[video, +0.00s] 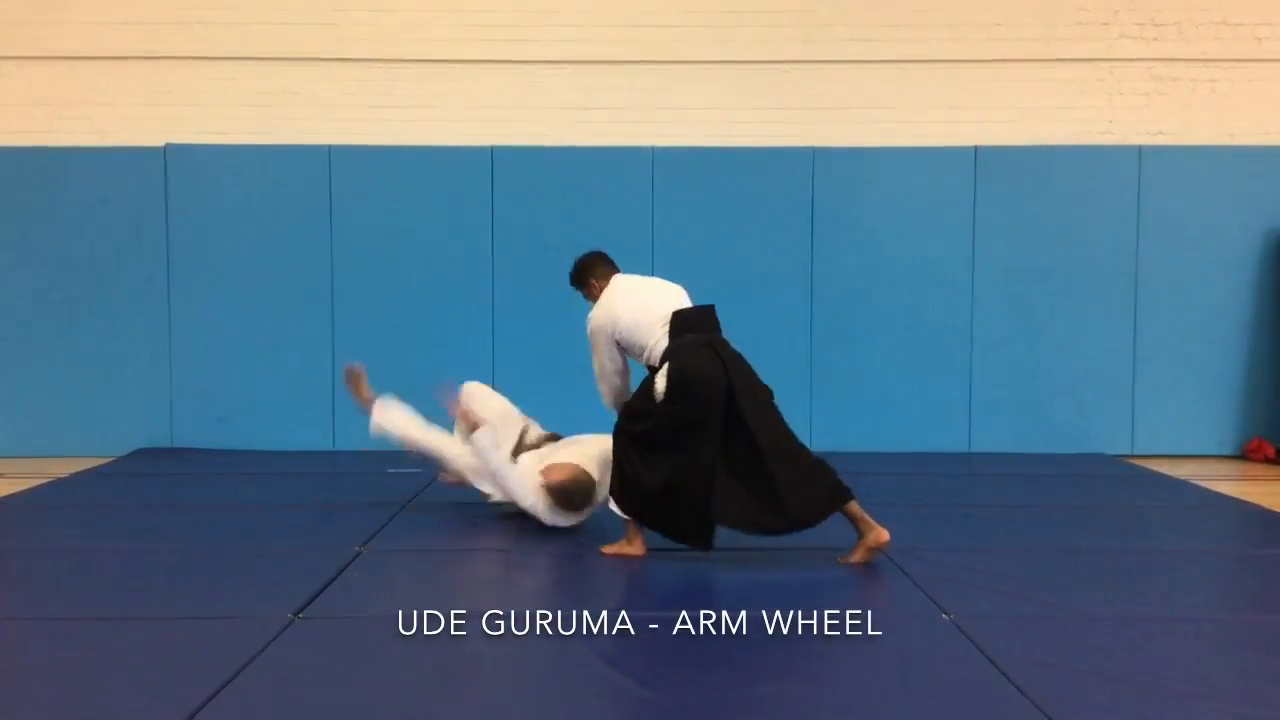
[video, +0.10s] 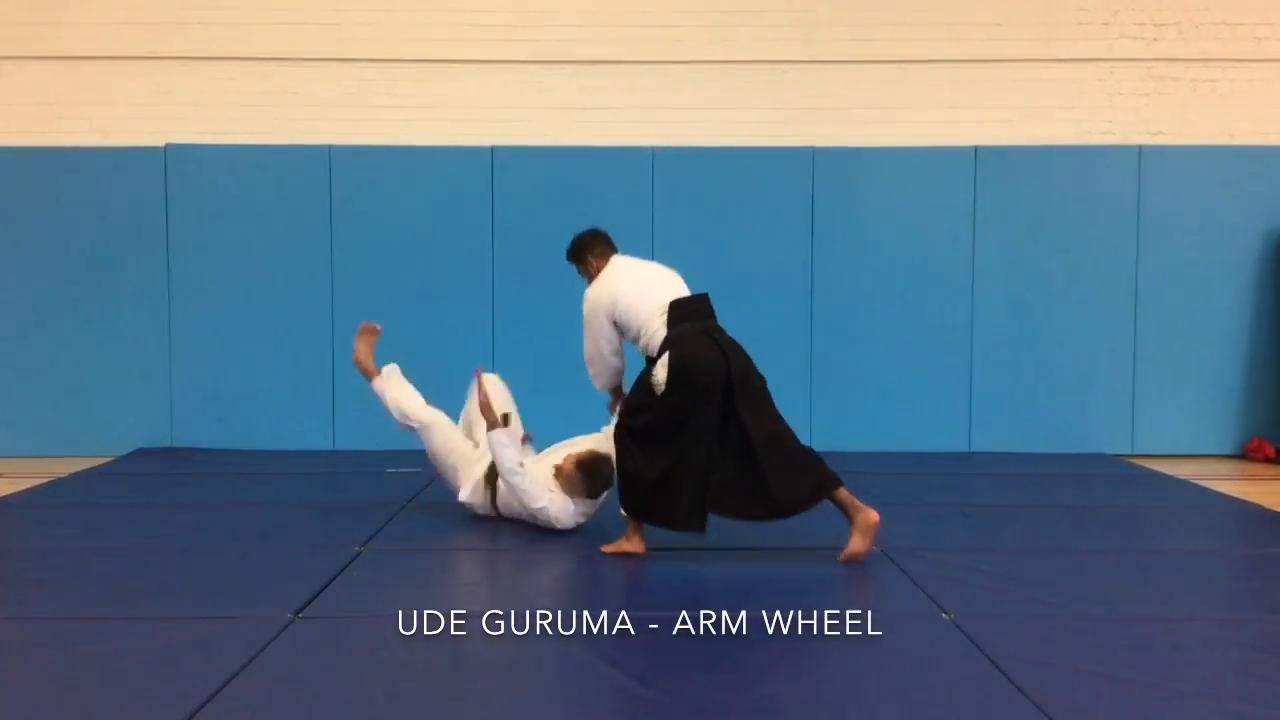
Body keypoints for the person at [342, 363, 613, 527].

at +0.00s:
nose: (549, 470)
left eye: (552, 478)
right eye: (560, 467)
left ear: (556, 495)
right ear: (574, 463)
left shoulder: (539, 503)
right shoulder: (603, 452)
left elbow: (500, 463)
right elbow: (634, 449)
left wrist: (474, 428)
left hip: (506, 479)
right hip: (535, 441)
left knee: (438, 443)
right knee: (473, 391)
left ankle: (375, 404)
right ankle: (467, 472)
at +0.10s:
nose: (564, 463)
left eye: (570, 466)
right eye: (569, 459)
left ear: (579, 483)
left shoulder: (555, 511)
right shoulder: (599, 463)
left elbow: (514, 472)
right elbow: (616, 434)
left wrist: (494, 422)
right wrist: (625, 406)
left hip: (481, 482)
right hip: (520, 459)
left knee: (428, 418)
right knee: (490, 383)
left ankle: (373, 370)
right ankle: (474, 454)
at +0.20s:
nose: (565, 463)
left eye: (573, 467)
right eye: (571, 459)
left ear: (586, 482)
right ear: (582, 456)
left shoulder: (557, 509)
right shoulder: (598, 459)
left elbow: (512, 493)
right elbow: (617, 434)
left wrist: (481, 444)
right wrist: (634, 410)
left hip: (479, 489)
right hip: (511, 462)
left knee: (416, 433)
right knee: (513, 383)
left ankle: (353, 380)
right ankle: (454, 424)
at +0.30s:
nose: (567, 458)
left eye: (575, 461)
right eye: (573, 453)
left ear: (589, 479)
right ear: (592, 457)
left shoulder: (567, 515)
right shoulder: (601, 462)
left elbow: (510, 497)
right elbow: (610, 424)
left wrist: (472, 460)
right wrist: (613, 394)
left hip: (482, 489)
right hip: (513, 459)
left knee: (416, 453)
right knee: (511, 383)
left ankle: (337, 406)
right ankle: (443, 410)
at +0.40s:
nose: (570, 457)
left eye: (578, 458)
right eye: (574, 452)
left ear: (597, 472)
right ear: (593, 454)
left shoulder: (576, 513)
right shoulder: (601, 461)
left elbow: (521, 514)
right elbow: (591, 419)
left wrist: (475, 487)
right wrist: (586, 379)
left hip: (481, 492)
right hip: (505, 456)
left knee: (416, 466)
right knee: (494, 378)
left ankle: (332, 438)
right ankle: (429, 413)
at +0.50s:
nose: (571, 453)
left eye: (579, 453)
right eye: (574, 445)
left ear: (600, 464)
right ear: (580, 441)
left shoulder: (584, 509)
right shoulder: (584, 448)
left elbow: (528, 519)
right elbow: (564, 412)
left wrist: (476, 511)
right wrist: (545, 369)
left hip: (478, 494)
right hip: (502, 455)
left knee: (404, 477)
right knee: (461, 384)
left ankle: (318, 455)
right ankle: (402, 428)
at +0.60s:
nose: (562, 446)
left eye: (572, 445)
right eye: (565, 439)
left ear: (595, 457)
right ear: (571, 435)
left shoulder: (580, 500)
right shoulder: (565, 435)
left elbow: (529, 525)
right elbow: (530, 411)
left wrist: (472, 531)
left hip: (477, 500)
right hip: (494, 457)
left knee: (397, 483)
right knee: (423, 408)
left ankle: (305, 472)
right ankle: (379, 451)